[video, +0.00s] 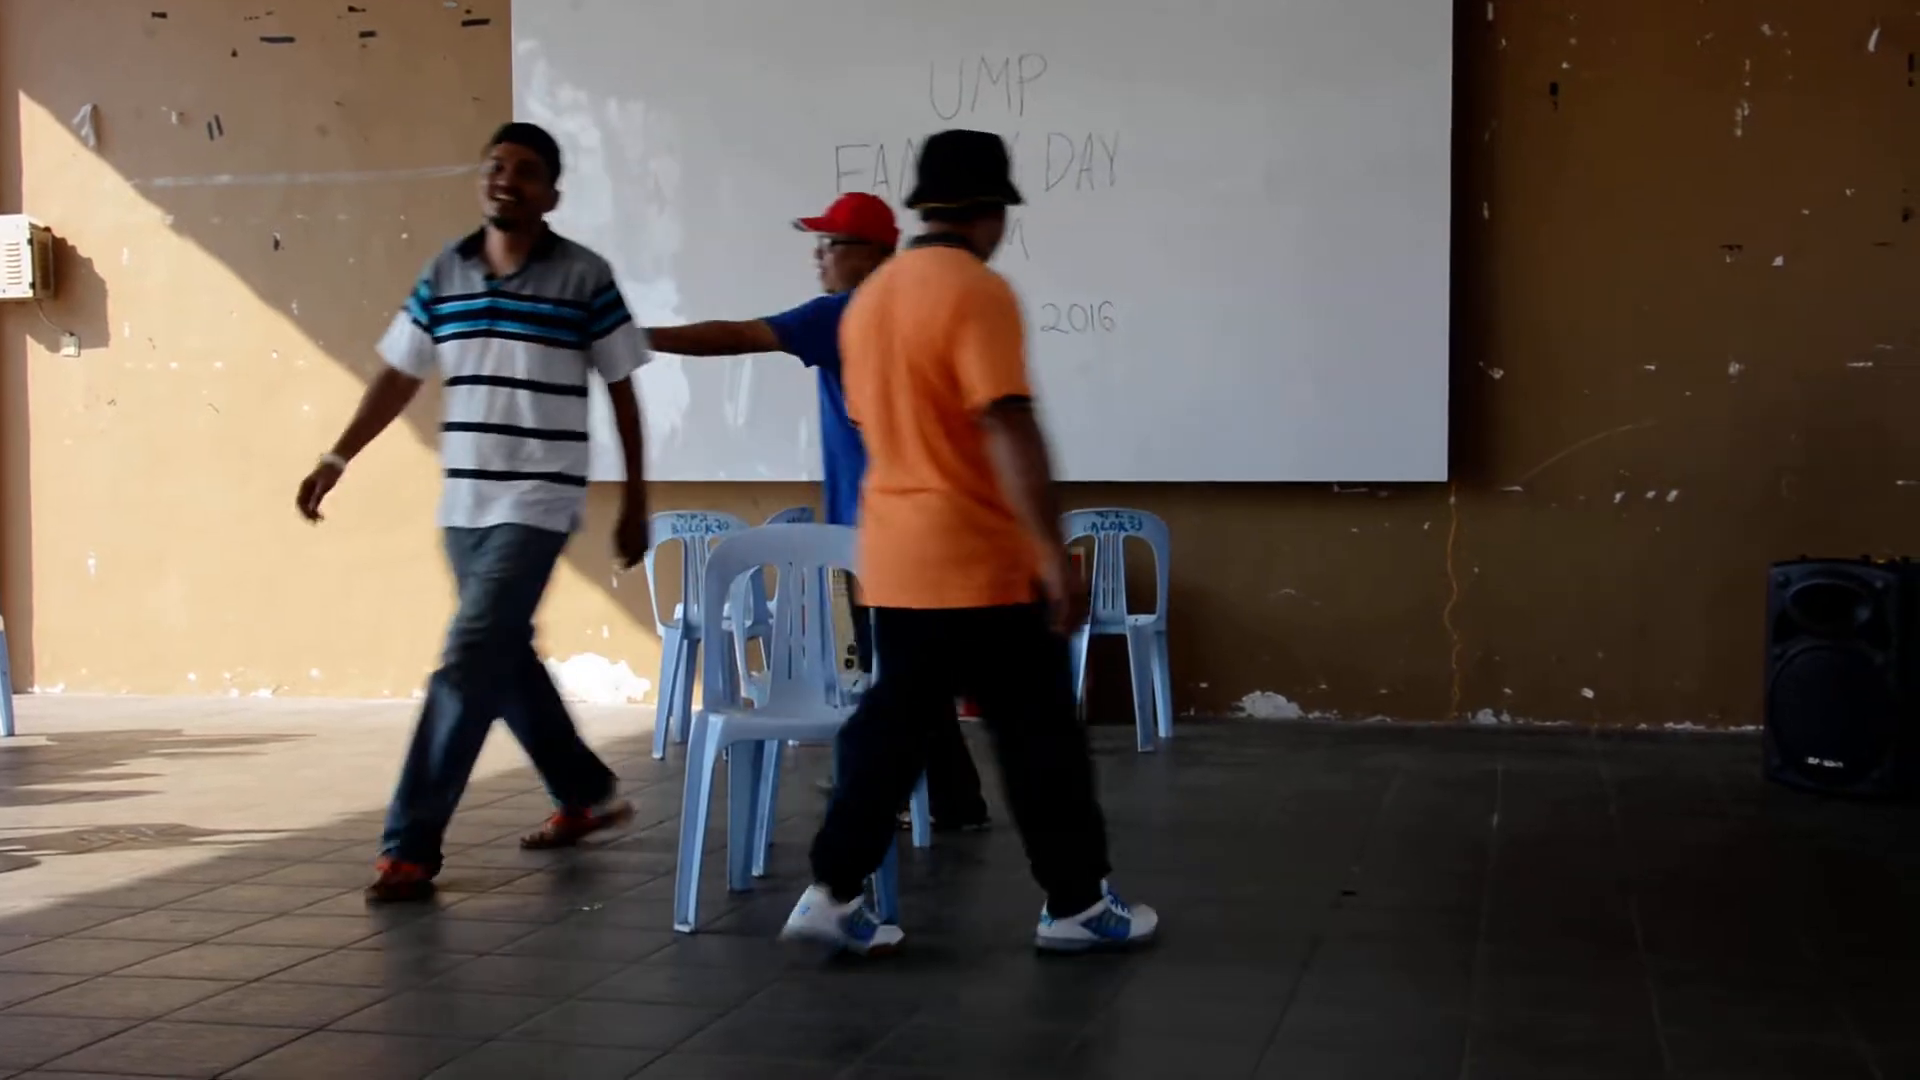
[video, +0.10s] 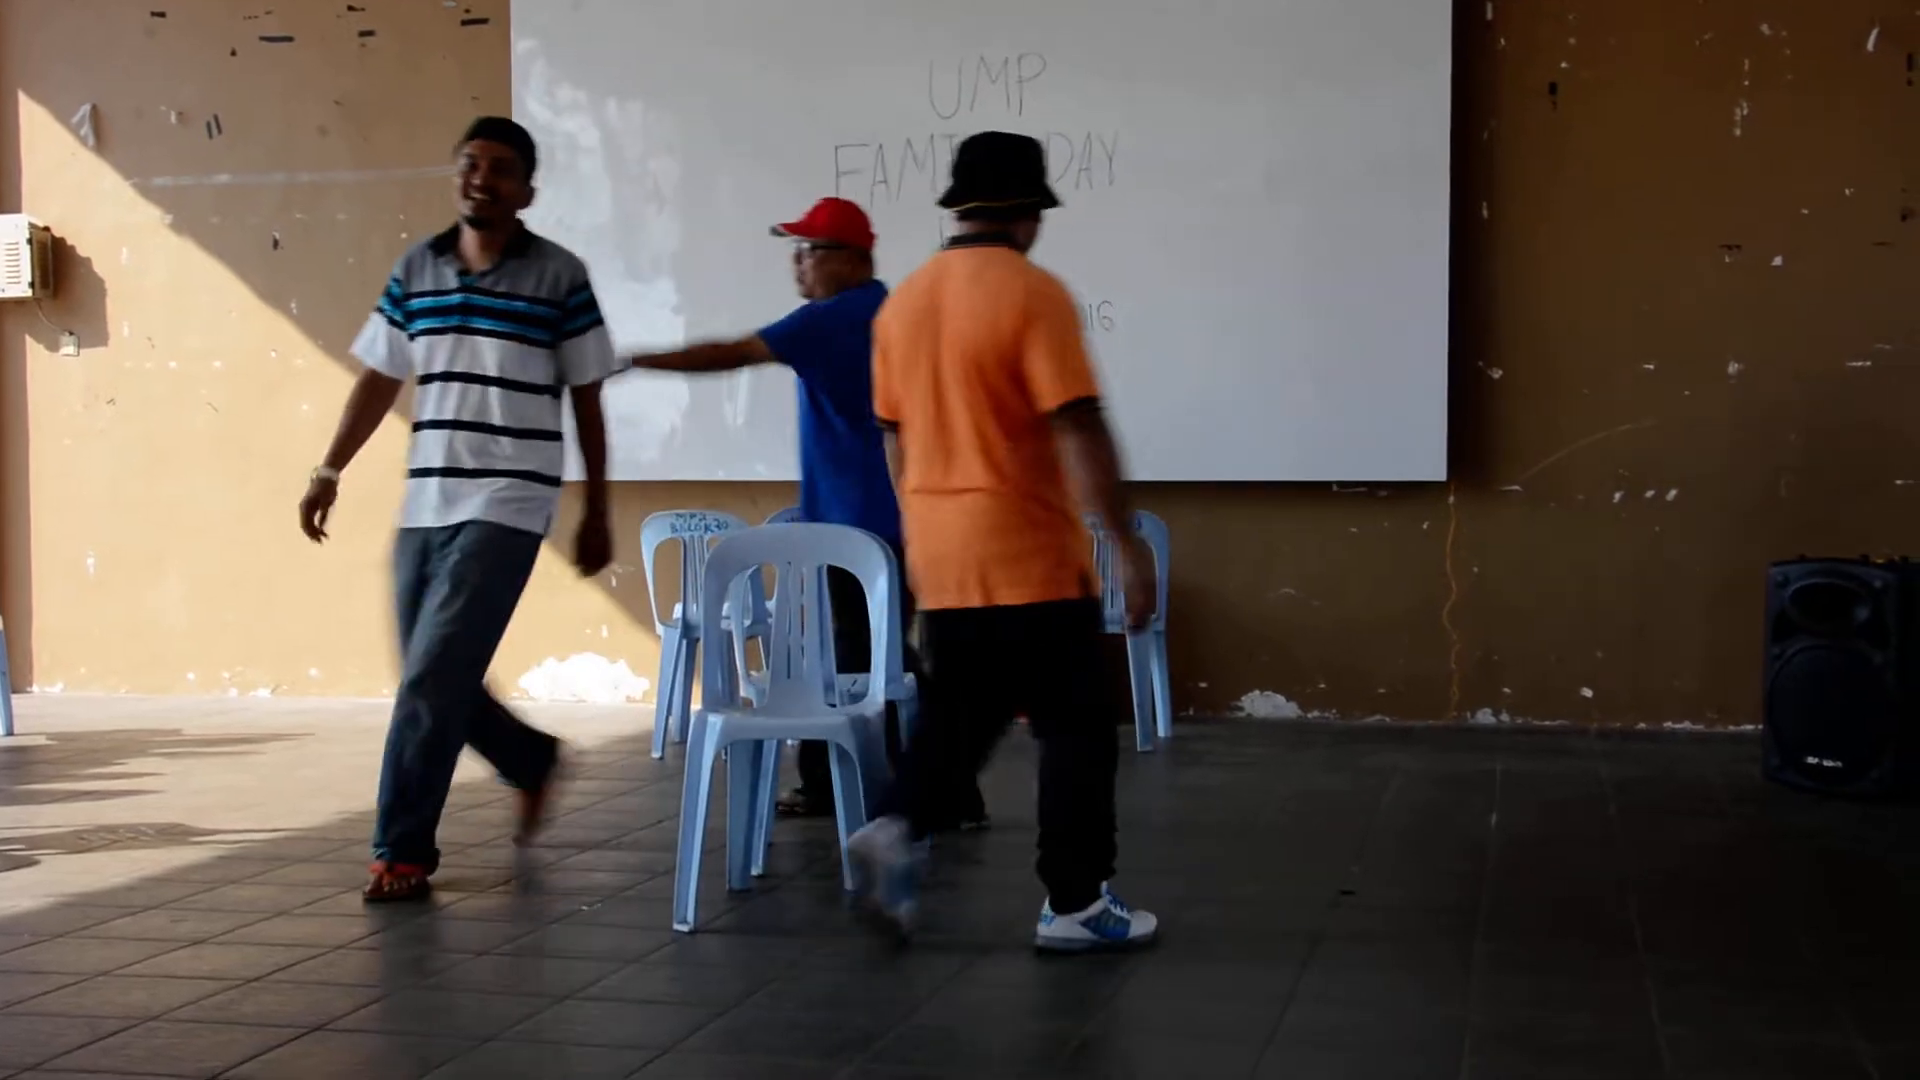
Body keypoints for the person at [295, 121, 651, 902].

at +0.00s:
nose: (503, 181)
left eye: (521, 172)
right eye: (495, 169)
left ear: (552, 191)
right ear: (477, 182)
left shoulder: (584, 277)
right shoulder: (446, 275)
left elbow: (623, 388)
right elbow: (398, 374)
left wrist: (636, 501)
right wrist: (337, 458)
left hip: (540, 503)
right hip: (463, 502)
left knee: (467, 662)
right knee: (503, 658)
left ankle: (411, 849)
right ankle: (588, 793)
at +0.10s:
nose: (479, 181)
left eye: (497, 171)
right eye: (470, 167)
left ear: (527, 187)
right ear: (452, 177)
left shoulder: (558, 276)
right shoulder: (417, 270)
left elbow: (588, 398)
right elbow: (380, 377)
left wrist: (598, 509)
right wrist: (329, 468)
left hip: (508, 502)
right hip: (427, 500)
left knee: (432, 673)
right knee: (427, 674)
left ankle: (404, 854)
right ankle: (533, 759)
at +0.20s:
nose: (461, 175)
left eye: (480, 163)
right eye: (448, 160)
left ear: (504, 178)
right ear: (427, 169)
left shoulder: (537, 266)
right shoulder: (393, 264)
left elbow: (561, 390)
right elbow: (367, 378)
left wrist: (562, 499)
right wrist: (325, 475)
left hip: (486, 510)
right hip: (395, 503)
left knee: (429, 677)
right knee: (361, 660)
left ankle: (403, 850)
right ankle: (444, 761)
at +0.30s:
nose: (443, 165)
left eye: (461, 152)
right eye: (429, 149)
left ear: (485, 165)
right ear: (406, 158)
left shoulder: (522, 252)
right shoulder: (372, 255)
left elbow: (549, 372)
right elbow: (352, 377)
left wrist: (535, 472)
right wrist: (321, 481)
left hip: (477, 510)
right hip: (376, 503)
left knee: (438, 687)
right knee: (332, 656)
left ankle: (404, 852)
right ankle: (343, 824)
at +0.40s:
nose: (431, 154)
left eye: (448, 142)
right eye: (417, 139)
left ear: (472, 158)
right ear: (392, 149)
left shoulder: (510, 241)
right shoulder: (351, 251)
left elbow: (541, 344)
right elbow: (333, 373)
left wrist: (513, 415)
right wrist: (317, 478)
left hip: (470, 502)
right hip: (367, 496)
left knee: (433, 690)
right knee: (331, 674)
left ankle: (401, 856)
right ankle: (287, 867)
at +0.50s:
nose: (432, 152)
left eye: (448, 139)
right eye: (416, 136)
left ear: (464, 153)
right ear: (383, 145)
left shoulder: (497, 241)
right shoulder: (339, 245)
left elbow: (532, 343)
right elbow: (318, 368)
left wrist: (494, 375)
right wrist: (304, 473)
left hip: (463, 504)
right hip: (358, 498)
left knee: (429, 689)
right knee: (341, 675)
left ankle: (400, 856)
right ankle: (308, 871)